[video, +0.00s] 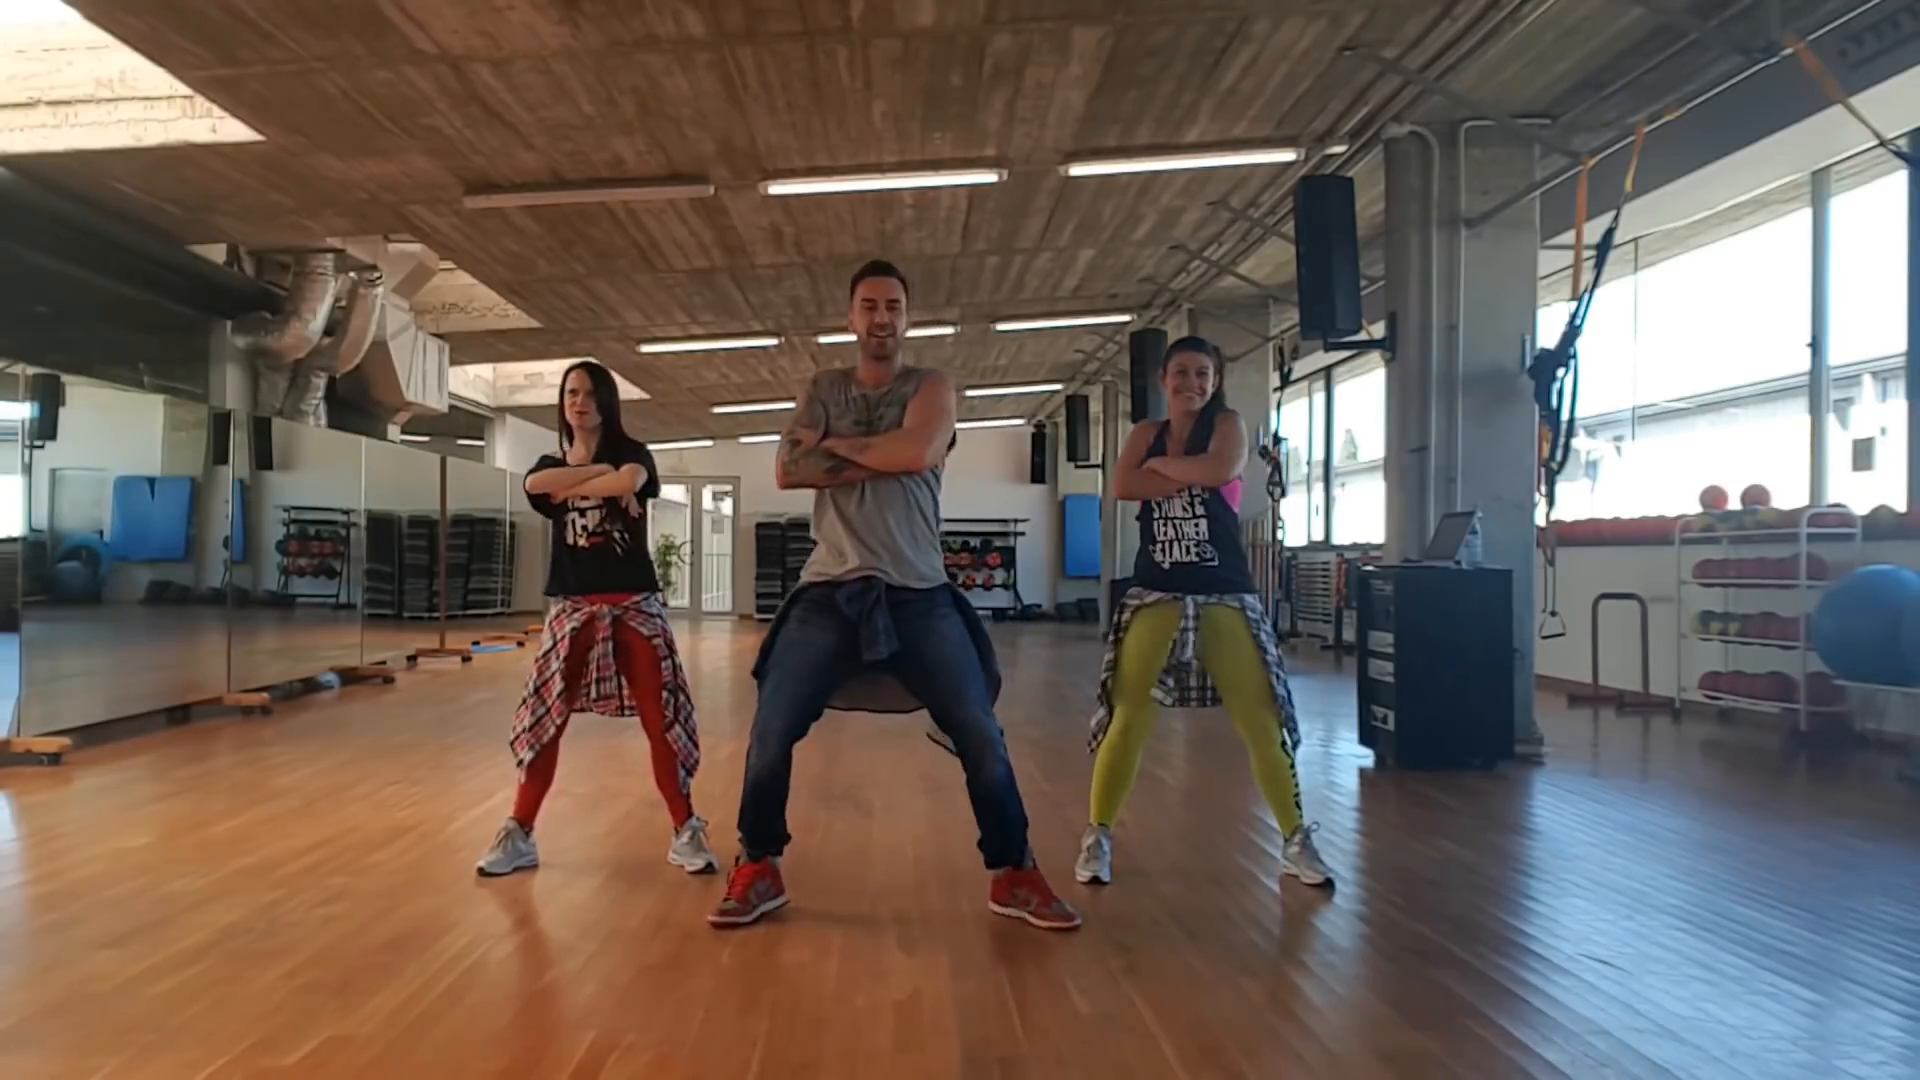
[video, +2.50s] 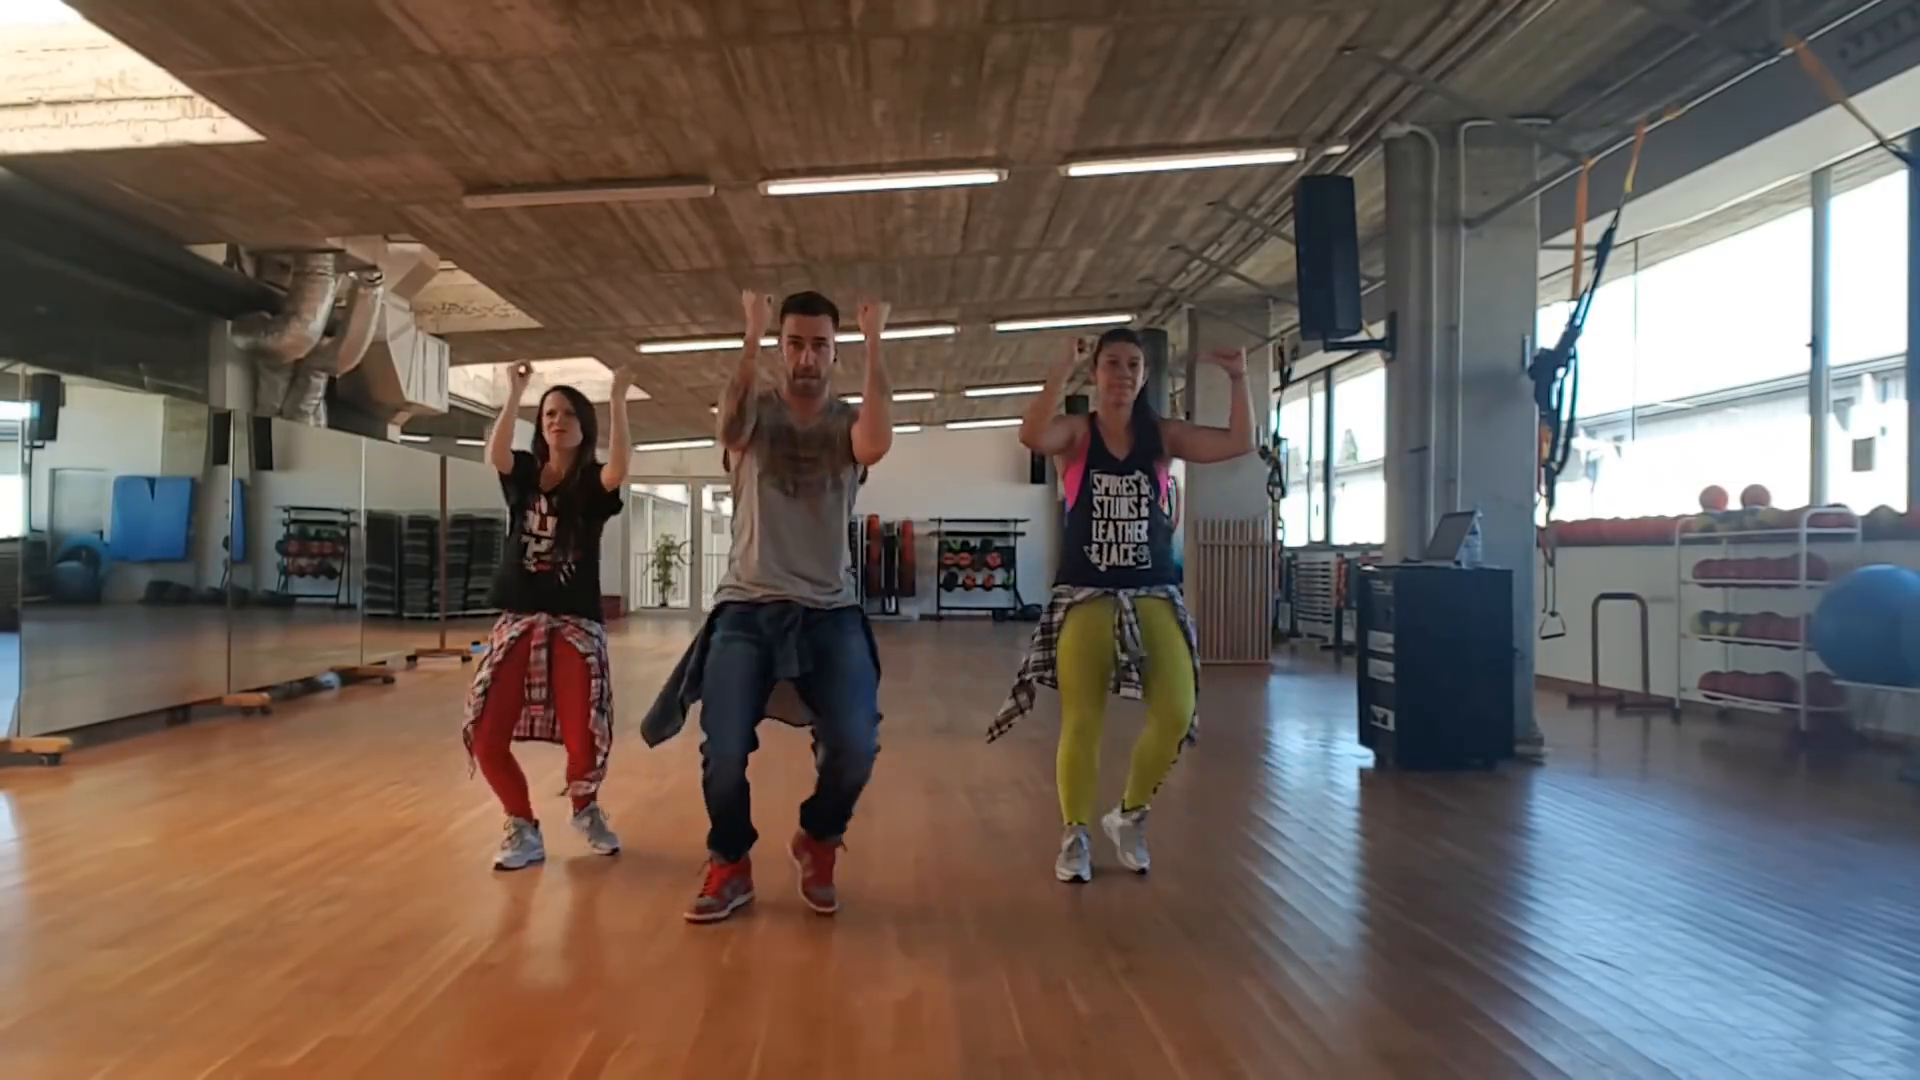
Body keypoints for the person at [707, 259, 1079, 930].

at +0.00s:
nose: (880, 317)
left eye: (891, 306)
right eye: (868, 305)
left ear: (907, 317)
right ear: (849, 315)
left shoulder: (930, 386)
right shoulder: (823, 390)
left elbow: (918, 453)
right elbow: (788, 472)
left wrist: (827, 442)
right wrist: (877, 458)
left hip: (918, 591)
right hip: (828, 589)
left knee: (978, 730)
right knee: (770, 730)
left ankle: (1013, 874)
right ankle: (758, 869)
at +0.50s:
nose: (909, 309)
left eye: (920, 301)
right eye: (897, 301)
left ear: (937, 321)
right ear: (878, 321)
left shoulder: (963, 396)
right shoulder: (853, 392)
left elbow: (977, 476)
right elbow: (835, 480)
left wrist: (882, 458)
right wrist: (931, 488)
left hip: (954, 592)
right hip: (866, 592)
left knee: (1005, 727)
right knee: (809, 731)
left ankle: (1025, 873)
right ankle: (775, 872)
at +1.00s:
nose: (911, 318)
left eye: (921, 309)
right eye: (899, 308)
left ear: (939, 324)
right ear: (881, 323)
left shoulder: (957, 396)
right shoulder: (858, 395)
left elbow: (989, 429)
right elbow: (826, 423)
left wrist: (991, 339)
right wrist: (833, 336)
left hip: (947, 590)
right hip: (860, 588)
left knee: (999, 727)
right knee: (805, 727)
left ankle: (1023, 873)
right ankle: (774, 871)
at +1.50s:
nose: (934, 345)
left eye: (945, 333)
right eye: (922, 333)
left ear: (961, 342)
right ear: (904, 342)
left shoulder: (985, 410)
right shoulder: (878, 421)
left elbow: (990, 446)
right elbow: (805, 468)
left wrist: (972, 349)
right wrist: (764, 383)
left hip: (984, 606)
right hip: (897, 606)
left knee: (1031, 740)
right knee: (829, 743)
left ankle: (1033, 874)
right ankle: (809, 874)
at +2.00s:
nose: (829, 363)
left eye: (842, 353)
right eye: (819, 350)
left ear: (857, 362)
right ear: (801, 355)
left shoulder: (873, 431)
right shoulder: (780, 421)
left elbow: (923, 475)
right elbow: (750, 457)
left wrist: (927, 392)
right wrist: (770, 379)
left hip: (846, 610)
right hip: (775, 609)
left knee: (907, 749)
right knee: (687, 727)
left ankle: (1030, 854)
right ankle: (748, 870)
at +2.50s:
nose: (805, 356)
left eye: (817, 344)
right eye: (795, 343)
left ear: (835, 352)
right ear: (777, 348)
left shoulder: (847, 417)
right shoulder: (752, 412)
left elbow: (874, 445)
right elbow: (729, 427)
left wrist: (872, 346)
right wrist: (750, 346)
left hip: (830, 608)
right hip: (748, 604)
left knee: (855, 745)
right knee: (723, 749)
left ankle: (818, 841)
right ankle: (729, 865)